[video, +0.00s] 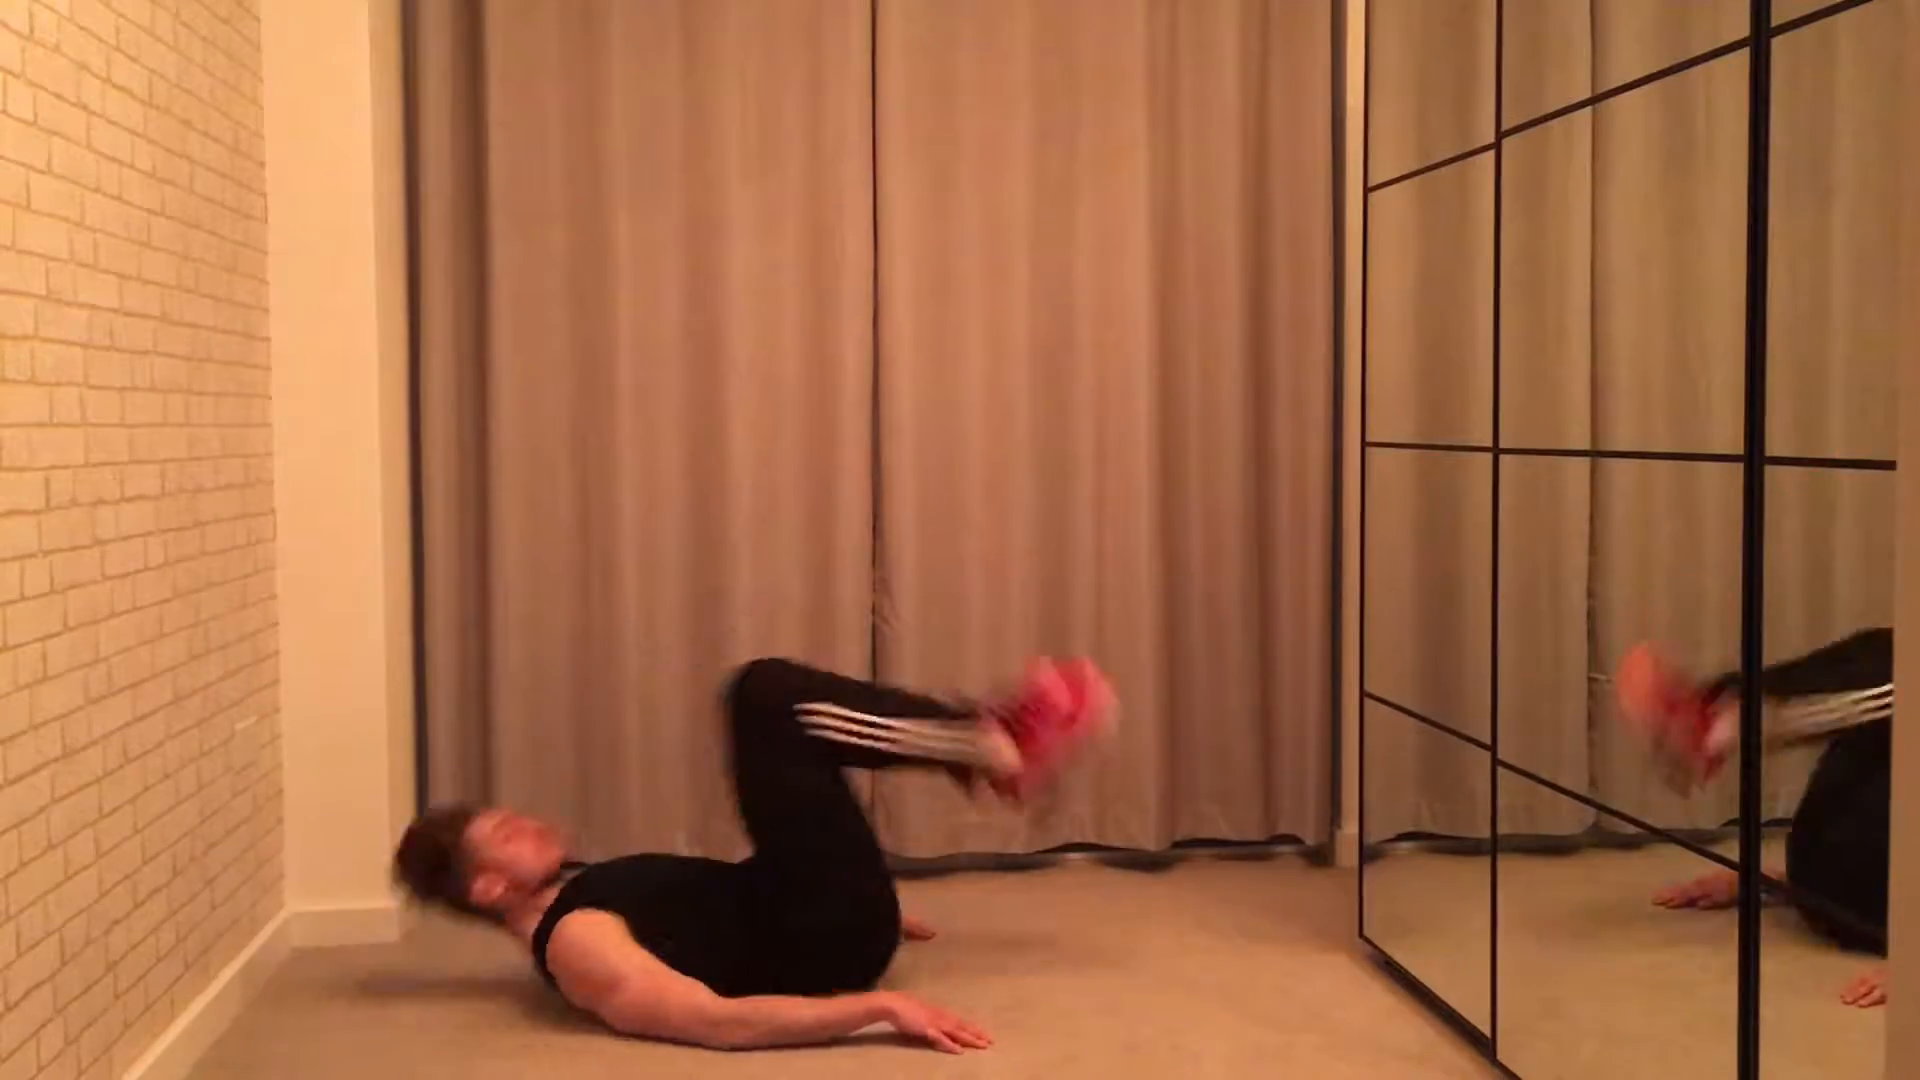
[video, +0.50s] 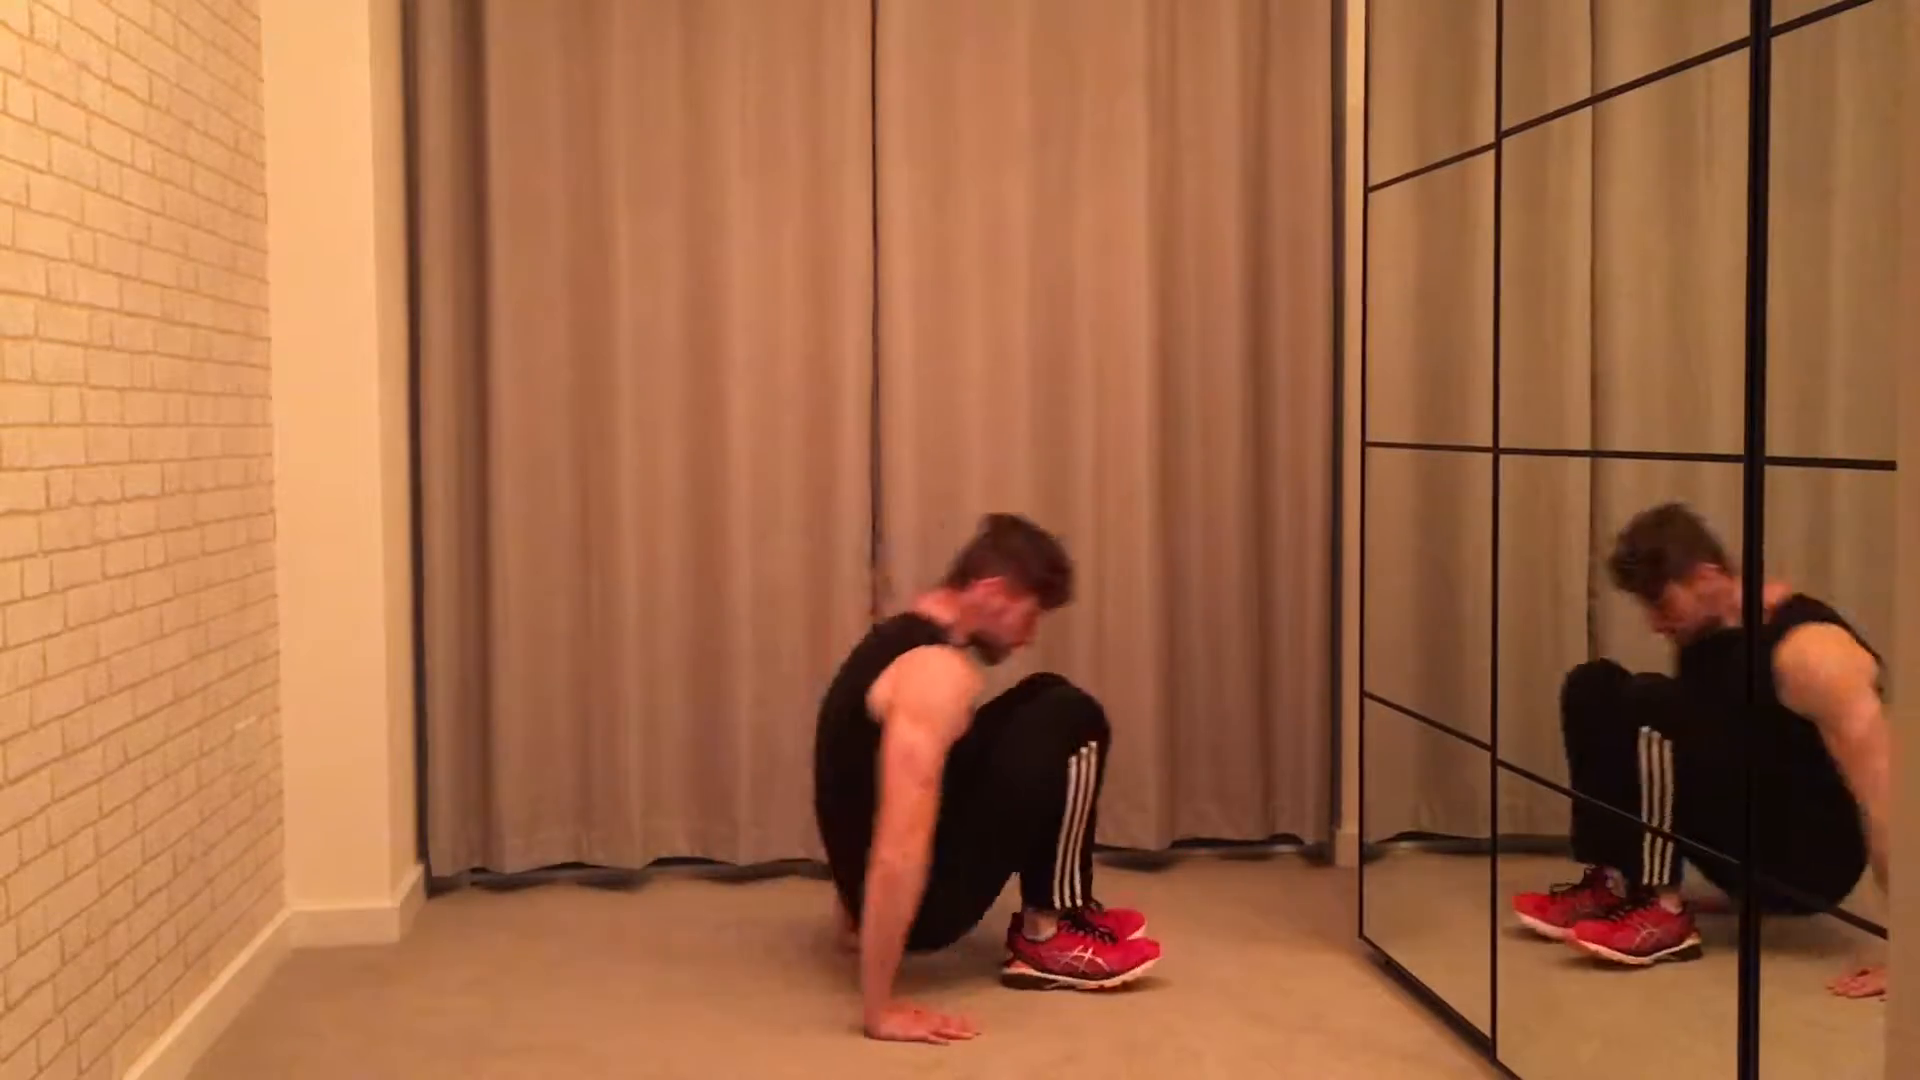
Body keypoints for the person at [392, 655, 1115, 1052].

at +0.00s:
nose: (528, 827)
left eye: (511, 818)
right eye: (503, 834)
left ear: (508, 872)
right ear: (491, 890)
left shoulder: (583, 896)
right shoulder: (576, 941)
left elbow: (728, 909)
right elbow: (720, 1019)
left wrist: (871, 923)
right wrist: (876, 1010)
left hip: (811, 914)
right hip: (827, 942)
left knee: (762, 691)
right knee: (765, 700)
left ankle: (985, 735)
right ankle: (998, 750)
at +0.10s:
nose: (627, 770)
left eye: (615, 755)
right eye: (604, 765)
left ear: (570, 798)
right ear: (562, 803)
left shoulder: (622, 854)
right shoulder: (620, 887)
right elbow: (714, 1023)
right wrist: (870, 1001)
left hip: (837, 911)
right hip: (863, 940)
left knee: (883, 682)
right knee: (906, 706)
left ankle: (1011, 853)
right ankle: (1075, 862)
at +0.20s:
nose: (734, 699)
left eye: (728, 683)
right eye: (720, 686)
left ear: (669, 706)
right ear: (674, 706)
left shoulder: (700, 780)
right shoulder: (693, 810)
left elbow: (711, 966)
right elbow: (714, 995)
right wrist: (868, 1022)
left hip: (872, 921)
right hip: (884, 954)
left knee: (951, 690)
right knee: (971, 719)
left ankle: (1035, 896)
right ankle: (1054, 911)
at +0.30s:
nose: (853, 656)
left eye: (853, 639)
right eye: (845, 640)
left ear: (790, 644)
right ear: (795, 643)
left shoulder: (777, 713)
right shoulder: (786, 741)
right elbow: (758, 924)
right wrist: (863, 1017)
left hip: (880, 936)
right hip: (892, 959)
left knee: (986, 704)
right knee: (998, 721)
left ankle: (1049, 913)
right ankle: (1051, 928)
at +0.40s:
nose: (951, 645)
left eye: (955, 624)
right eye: (947, 622)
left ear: (895, 611)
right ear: (898, 609)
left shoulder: (842, 677)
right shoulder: (869, 703)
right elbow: (827, 874)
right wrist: (868, 1015)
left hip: (890, 920)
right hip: (910, 942)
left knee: (999, 690)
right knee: (1019, 712)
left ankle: (1052, 904)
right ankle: (1038, 928)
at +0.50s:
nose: (1030, 635)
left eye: (1038, 617)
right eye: (1031, 614)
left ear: (986, 588)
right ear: (990, 592)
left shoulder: (909, 636)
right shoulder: (936, 673)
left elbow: (861, 780)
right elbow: (898, 854)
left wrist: (856, 913)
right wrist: (879, 1011)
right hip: (915, 909)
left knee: (1045, 694)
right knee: (1069, 715)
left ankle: (1053, 910)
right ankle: (1046, 930)